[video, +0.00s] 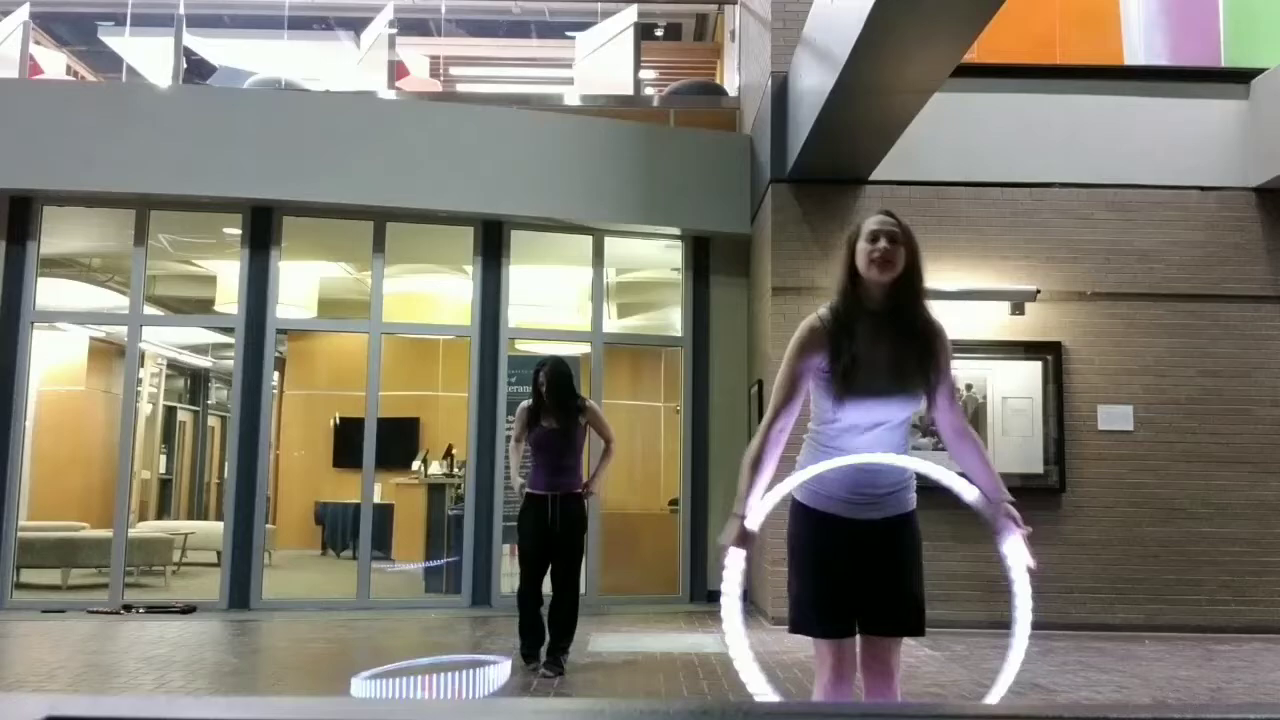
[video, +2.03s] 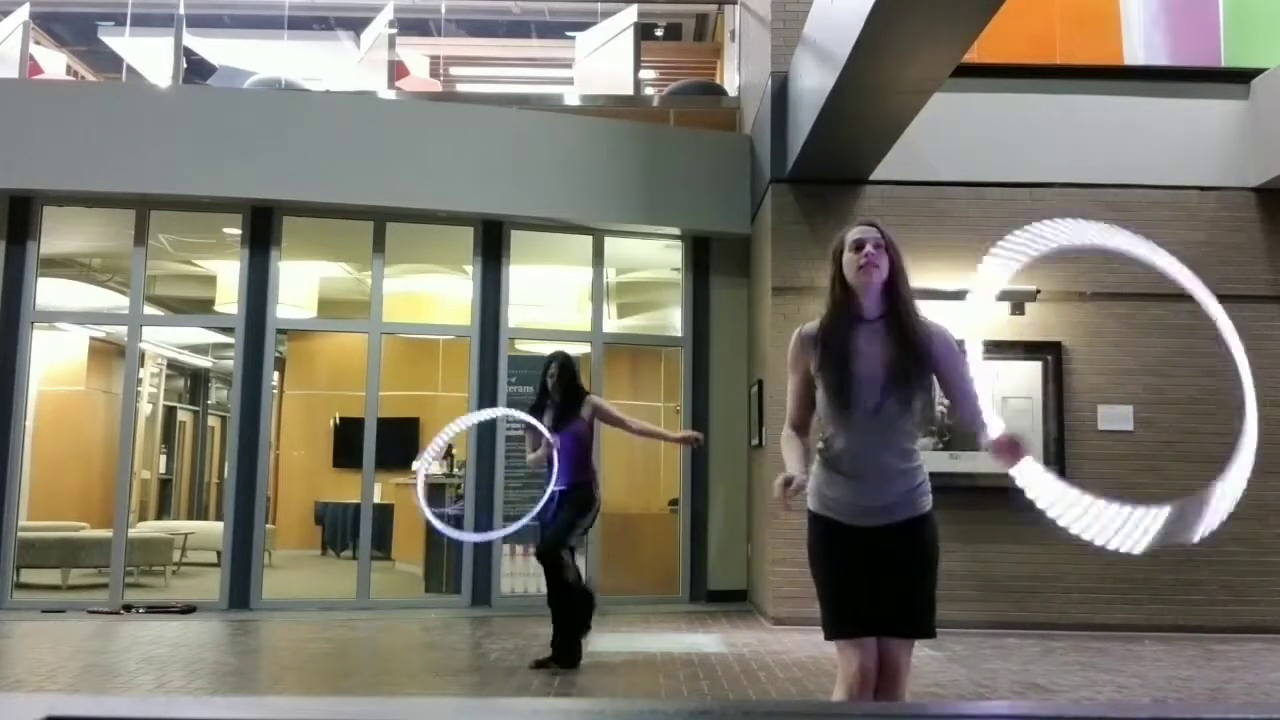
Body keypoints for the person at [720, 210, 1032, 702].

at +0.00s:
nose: (883, 246)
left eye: (894, 239)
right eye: (872, 238)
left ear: (908, 256)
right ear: (854, 253)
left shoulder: (926, 334)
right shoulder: (819, 331)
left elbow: (954, 427)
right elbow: (775, 429)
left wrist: (999, 500)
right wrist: (742, 515)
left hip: (892, 513)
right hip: (822, 512)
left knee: (882, 669)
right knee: (835, 669)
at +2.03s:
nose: (870, 252)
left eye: (879, 246)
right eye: (858, 246)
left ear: (892, 264)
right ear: (840, 265)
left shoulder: (927, 337)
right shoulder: (812, 341)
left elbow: (970, 413)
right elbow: (795, 427)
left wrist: (994, 441)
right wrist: (797, 470)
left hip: (906, 512)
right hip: (836, 515)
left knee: (894, 671)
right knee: (858, 669)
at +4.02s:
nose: (889, 247)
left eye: (895, 241)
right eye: (877, 239)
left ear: (901, 257)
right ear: (851, 250)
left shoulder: (894, 316)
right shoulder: (838, 319)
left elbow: (934, 342)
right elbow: (873, 422)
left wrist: (877, 310)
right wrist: (963, 457)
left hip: (874, 504)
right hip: (825, 503)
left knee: (876, 657)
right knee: (838, 663)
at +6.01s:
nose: (847, 233)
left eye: (858, 230)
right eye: (836, 232)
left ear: (876, 253)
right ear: (823, 257)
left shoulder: (903, 307)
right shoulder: (798, 308)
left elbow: (996, 335)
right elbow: (698, 315)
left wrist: (1077, 359)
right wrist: (608, 320)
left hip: (884, 507)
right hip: (814, 504)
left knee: (870, 671)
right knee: (826, 669)